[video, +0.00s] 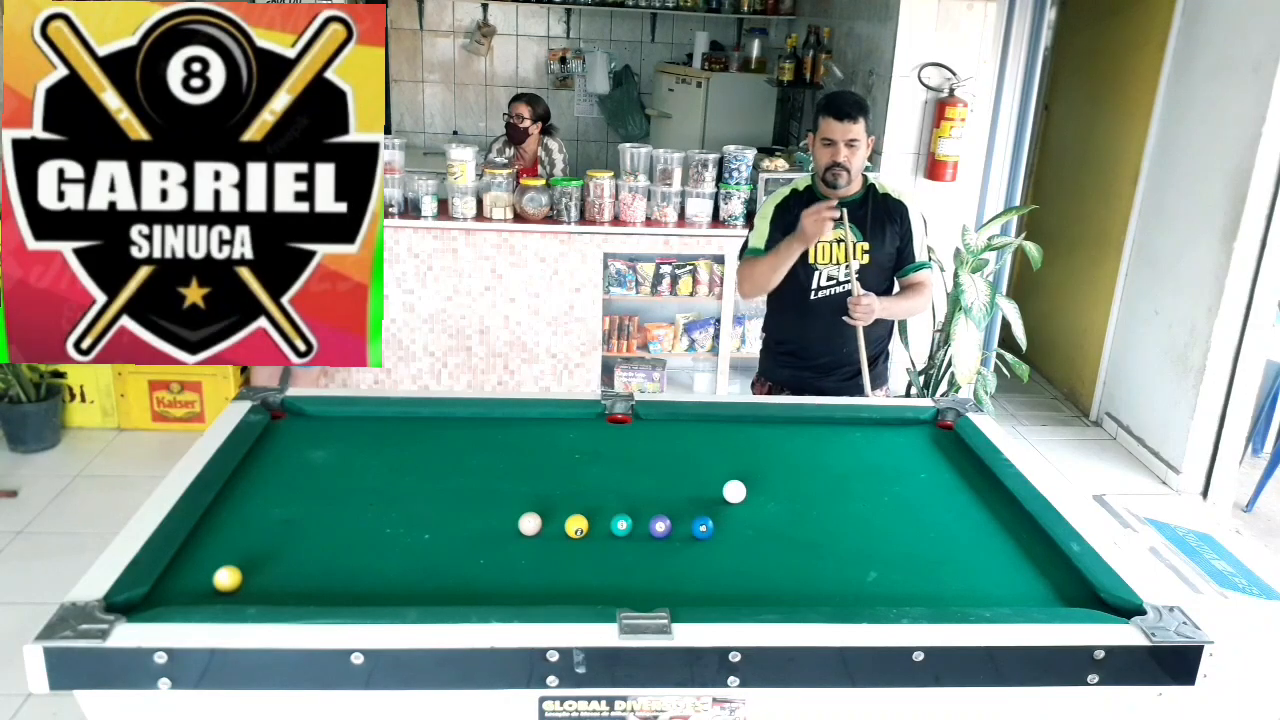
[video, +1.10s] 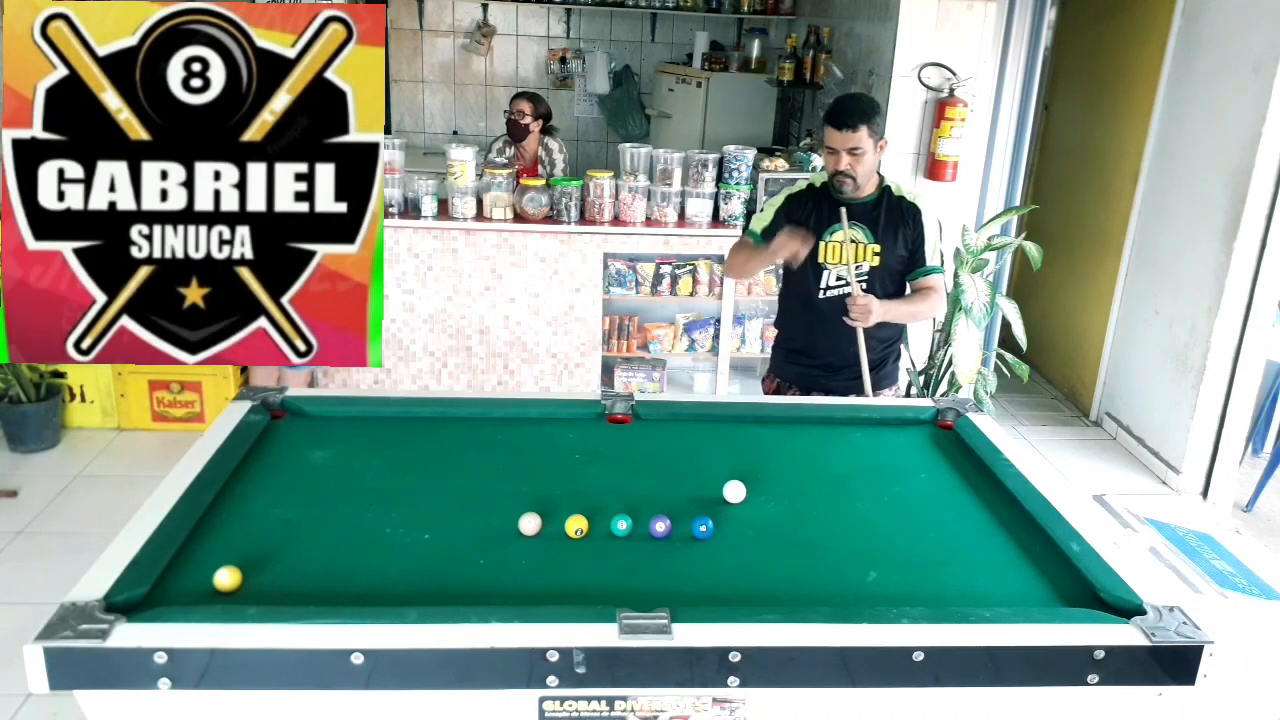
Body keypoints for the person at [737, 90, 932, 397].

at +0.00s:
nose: (839, 156)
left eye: (851, 145)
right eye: (828, 144)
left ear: (869, 148)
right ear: (811, 145)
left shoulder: (894, 212)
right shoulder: (782, 206)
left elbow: (921, 293)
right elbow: (747, 286)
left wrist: (881, 307)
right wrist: (799, 241)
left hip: (862, 393)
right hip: (784, 390)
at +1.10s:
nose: (841, 165)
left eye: (854, 153)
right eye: (832, 152)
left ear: (881, 149)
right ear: (822, 149)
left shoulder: (908, 216)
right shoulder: (795, 204)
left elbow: (933, 299)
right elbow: (733, 266)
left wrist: (882, 310)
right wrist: (772, 252)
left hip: (873, 393)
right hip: (794, 387)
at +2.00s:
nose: (877, 166)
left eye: (892, 156)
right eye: (871, 152)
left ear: (921, 158)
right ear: (863, 147)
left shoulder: (948, 212)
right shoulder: (842, 212)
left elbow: (985, 291)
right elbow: (817, 286)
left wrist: (956, 245)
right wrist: (806, 355)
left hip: (915, 388)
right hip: (846, 382)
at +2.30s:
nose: (886, 168)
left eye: (900, 158)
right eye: (879, 155)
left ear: (929, 157)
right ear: (872, 151)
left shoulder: (956, 206)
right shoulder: (861, 208)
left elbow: (987, 277)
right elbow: (843, 267)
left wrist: (950, 257)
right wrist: (833, 324)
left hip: (930, 375)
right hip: (868, 364)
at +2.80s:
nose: (894, 191)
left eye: (908, 181)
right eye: (889, 178)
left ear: (942, 178)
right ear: (883, 173)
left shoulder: (965, 229)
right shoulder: (891, 221)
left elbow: (930, 313)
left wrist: (862, 361)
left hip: (971, 386)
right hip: (913, 377)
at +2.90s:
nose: (891, 211)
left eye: (904, 200)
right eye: (886, 198)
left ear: (939, 199)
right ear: (881, 192)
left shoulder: (960, 246)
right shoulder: (909, 234)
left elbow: (922, 332)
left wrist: (854, 390)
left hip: (988, 383)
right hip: (931, 374)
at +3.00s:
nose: (883, 246)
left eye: (895, 235)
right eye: (878, 233)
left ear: (930, 228)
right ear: (873, 222)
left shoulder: (956, 271)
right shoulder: (920, 239)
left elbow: (911, 362)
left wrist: (843, 422)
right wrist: (912, 301)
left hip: (1004, 390)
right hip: (949, 380)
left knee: (985, 495)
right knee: (936, 486)